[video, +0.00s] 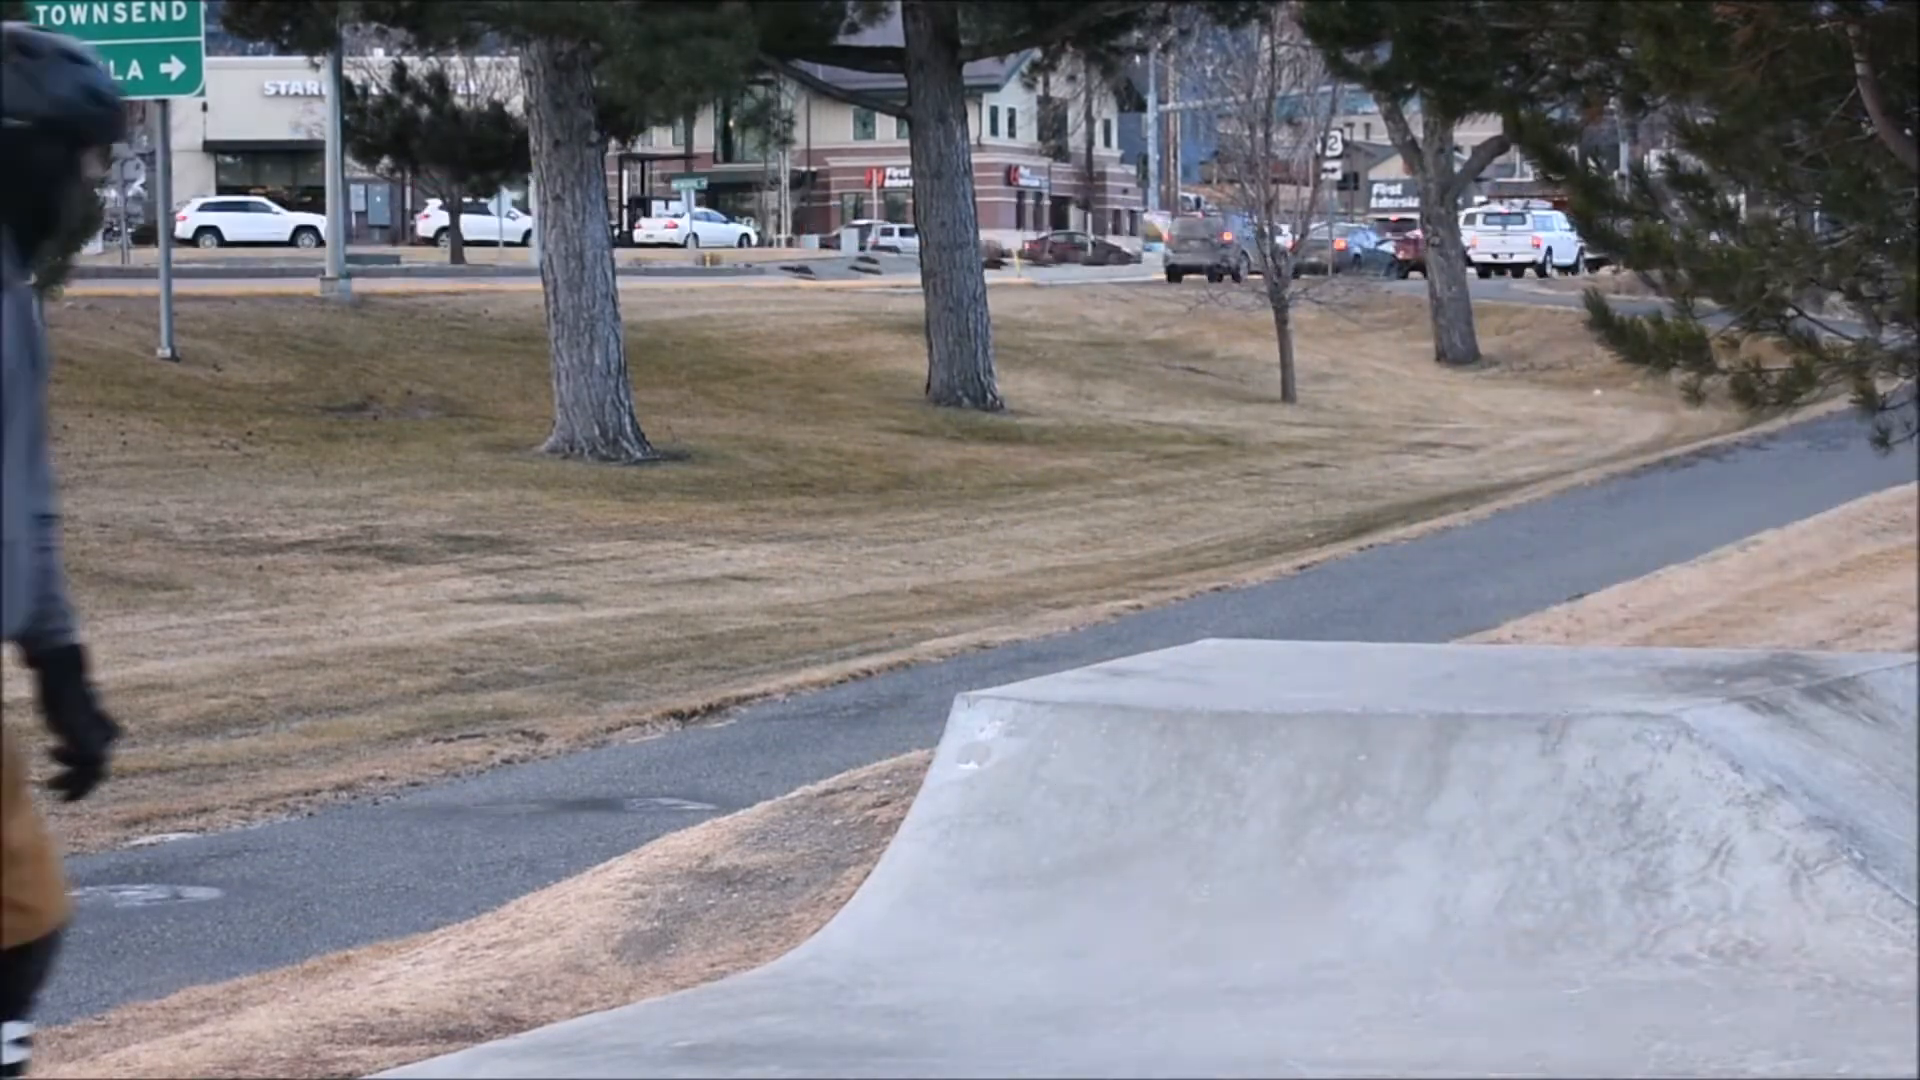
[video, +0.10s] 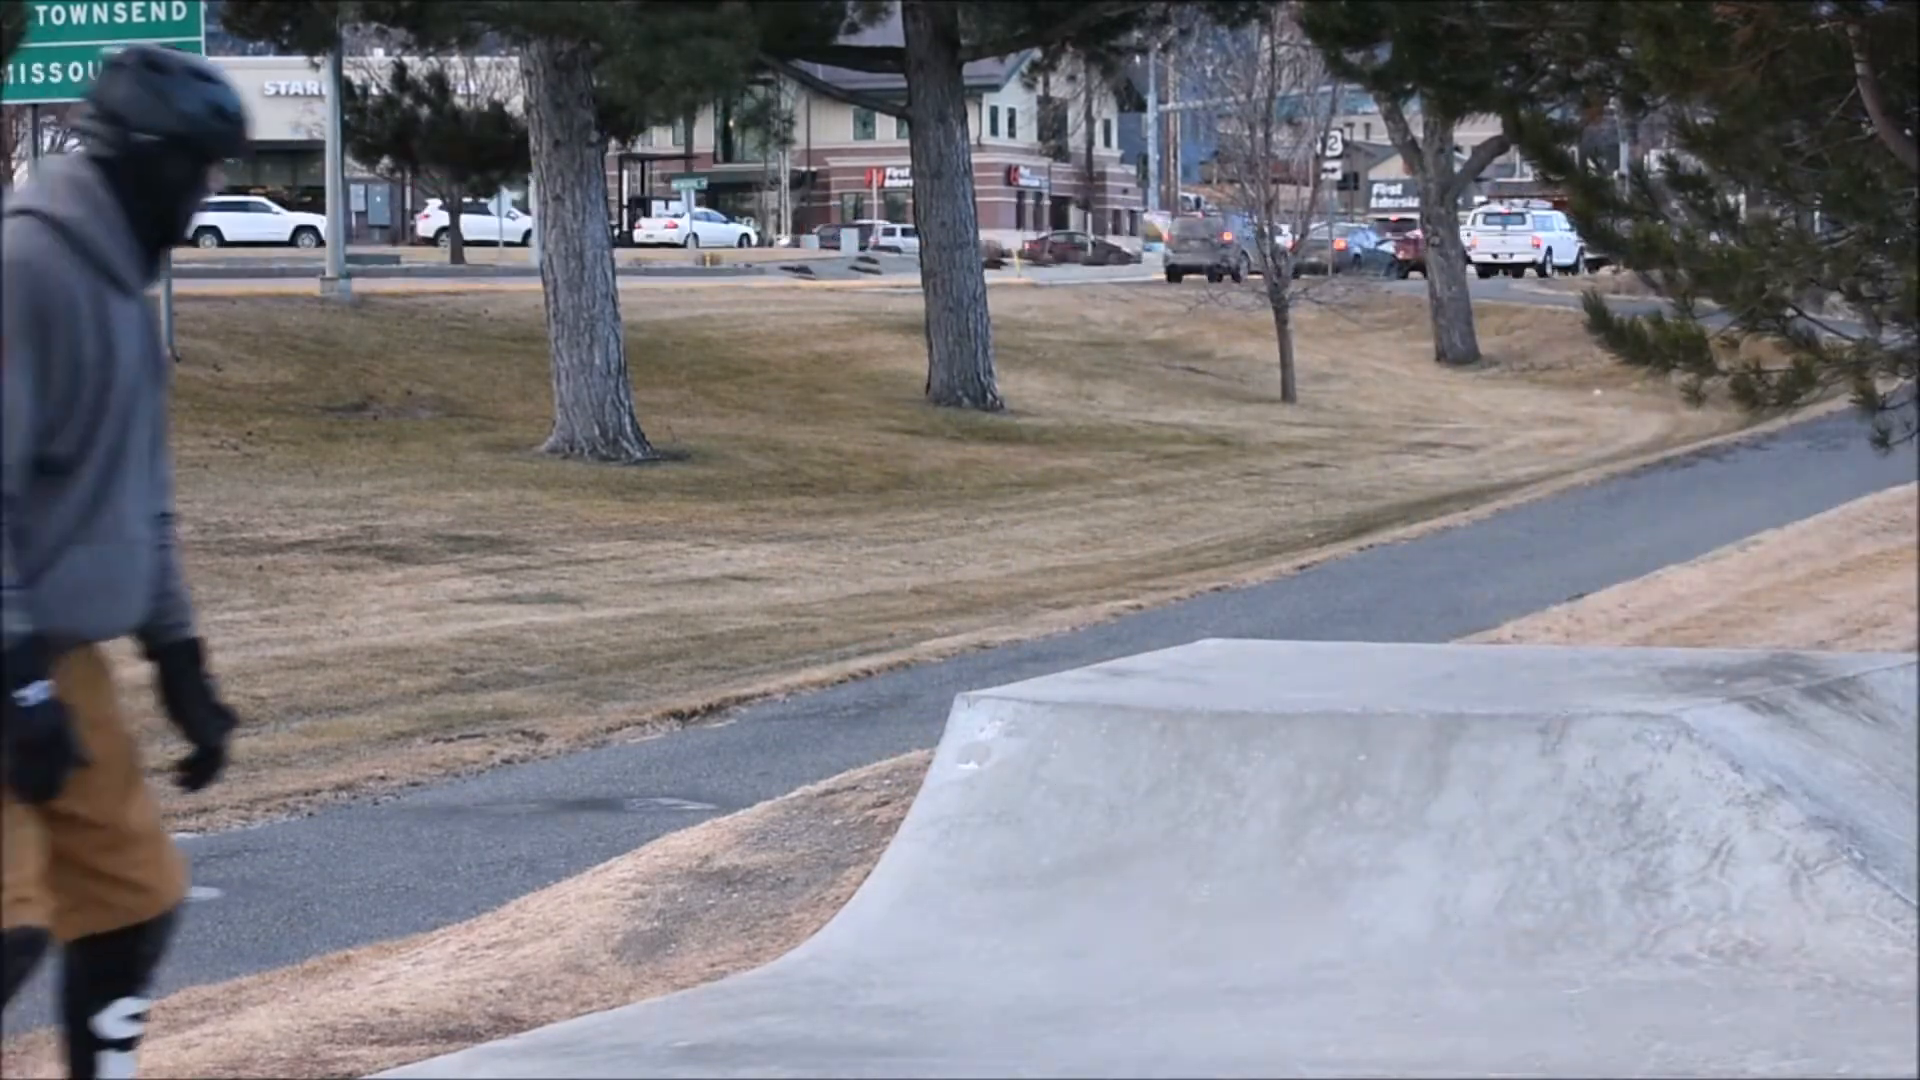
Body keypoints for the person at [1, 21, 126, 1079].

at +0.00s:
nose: (97, 185)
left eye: (99, 161)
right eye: (86, 159)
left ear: (38, 162)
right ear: (31, 159)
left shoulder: (18, 292)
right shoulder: (10, 295)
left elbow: (25, 497)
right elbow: (22, 498)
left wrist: (61, 668)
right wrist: (62, 668)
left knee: (29, 913)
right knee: (29, 915)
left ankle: (11, 1039)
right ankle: (6, 1042)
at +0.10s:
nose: (203, 190)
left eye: (209, 168)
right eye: (194, 165)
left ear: (165, 156)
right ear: (137, 152)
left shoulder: (124, 262)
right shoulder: (26, 263)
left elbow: (138, 495)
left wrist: (178, 660)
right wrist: (17, 682)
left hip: (72, 651)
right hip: (1, 657)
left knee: (130, 901)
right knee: (13, 924)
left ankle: (101, 1070)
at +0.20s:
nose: (320, 208)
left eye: (325, 185)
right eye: (312, 181)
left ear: (260, 170)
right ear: (257, 166)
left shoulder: (235, 289)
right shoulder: (140, 274)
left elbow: (245, 501)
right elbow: (71, 489)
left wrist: (287, 658)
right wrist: (136, 669)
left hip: (167, 630)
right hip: (54, 625)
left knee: (242, 881)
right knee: (103, 909)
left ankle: (205, 1069)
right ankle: (22, 1059)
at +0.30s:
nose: (425, 217)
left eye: (431, 196)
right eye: (420, 191)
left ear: (372, 176)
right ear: (372, 175)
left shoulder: (341, 290)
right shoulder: (257, 278)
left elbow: (347, 498)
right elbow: (188, 489)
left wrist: (387, 647)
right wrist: (248, 660)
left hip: (268, 611)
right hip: (159, 603)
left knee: (344, 862)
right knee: (212, 890)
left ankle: (307, 1069)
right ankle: (128, 1069)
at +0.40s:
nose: (524, 226)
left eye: (530, 206)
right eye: (518, 201)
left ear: (474, 188)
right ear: (469, 186)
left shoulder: (441, 299)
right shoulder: (360, 285)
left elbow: (442, 500)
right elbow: (291, 491)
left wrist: (477, 642)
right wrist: (352, 656)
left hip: (363, 605)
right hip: (259, 595)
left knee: (437, 844)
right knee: (313, 871)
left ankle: (401, 1059)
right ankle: (224, 1069)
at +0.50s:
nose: (616, 238)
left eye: (623, 218)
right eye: (613, 214)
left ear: (569, 200)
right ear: (565, 198)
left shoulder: (533, 305)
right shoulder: (454, 293)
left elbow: (534, 495)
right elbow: (386, 491)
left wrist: (564, 637)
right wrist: (446, 653)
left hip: (455, 599)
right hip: (354, 588)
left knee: (527, 828)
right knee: (409, 858)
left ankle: (491, 1050)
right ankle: (316, 1067)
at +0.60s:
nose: (699, 247)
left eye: (706, 228)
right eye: (695, 224)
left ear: (653, 211)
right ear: (650, 209)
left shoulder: (615, 311)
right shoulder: (541, 301)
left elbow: (615, 495)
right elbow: (474, 491)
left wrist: (649, 630)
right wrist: (529, 646)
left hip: (545, 597)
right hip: (444, 588)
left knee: (614, 816)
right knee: (503, 844)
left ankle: (576, 1034)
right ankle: (407, 1057)